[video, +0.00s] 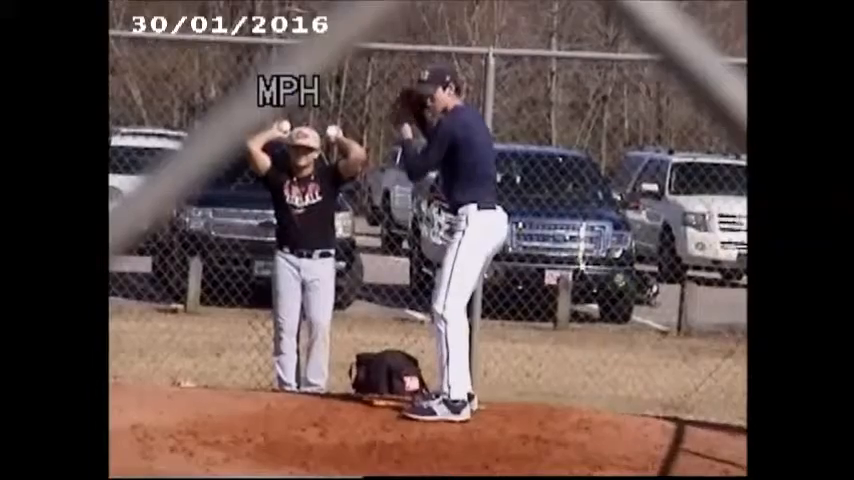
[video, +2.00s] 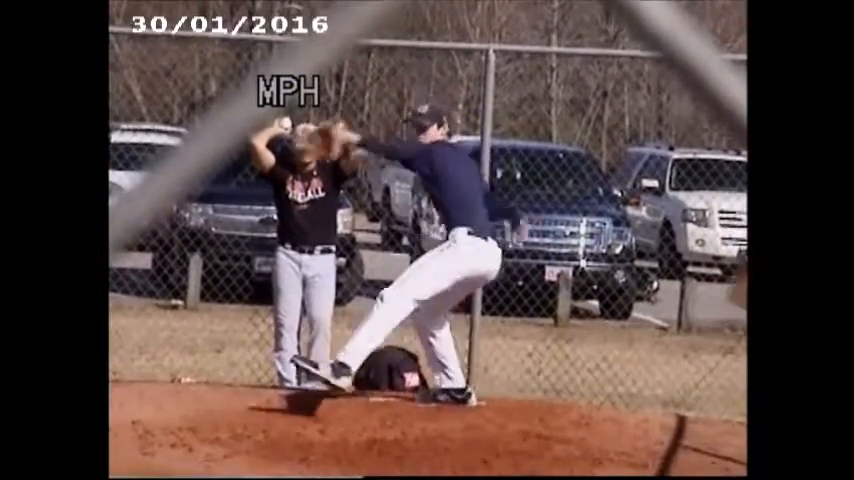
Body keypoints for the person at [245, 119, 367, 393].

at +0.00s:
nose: (303, 157)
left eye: (308, 152)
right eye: (298, 151)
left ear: (318, 153)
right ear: (289, 152)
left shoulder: (330, 175)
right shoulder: (277, 177)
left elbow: (359, 157)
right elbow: (252, 147)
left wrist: (340, 139)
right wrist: (274, 132)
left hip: (321, 260)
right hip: (287, 258)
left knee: (320, 323)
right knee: (285, 325)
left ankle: (315, 384)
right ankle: (285, 384)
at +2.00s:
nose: (305, 168)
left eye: (309, 162)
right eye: (299, 163)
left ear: (318, 155)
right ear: (290, 157)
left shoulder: (331, 172)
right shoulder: (281, 173)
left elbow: (355, 164)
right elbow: (257, 144)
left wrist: (342, 143)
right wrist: (276, 128)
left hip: (323, 256)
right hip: (288, 254)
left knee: (321, 320)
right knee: (286, 320)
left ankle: (318, 379)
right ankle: (287, 379)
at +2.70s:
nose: (307, 158)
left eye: (313, 152)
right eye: (302, 152)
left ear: (321, 154)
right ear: (292, 153)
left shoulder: (330, 180)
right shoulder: (281, 180)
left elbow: (360, 159)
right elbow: (255, 150)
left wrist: (339, 141)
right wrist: (274, 134)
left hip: (318, 261)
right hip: (287, 259)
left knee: (320, 325)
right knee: (285, 325)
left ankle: (314, 386)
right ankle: (286, 386)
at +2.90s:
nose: (307, 155)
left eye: (313, 150)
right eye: (301, 149)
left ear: (321, 153)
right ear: (291, 152)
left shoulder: (332, 176)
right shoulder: (281, 178)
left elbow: (360, 157)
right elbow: (255, 149)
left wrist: (340, 140)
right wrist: (275, 133)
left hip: (322, 262)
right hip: (287, 260)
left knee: (320, 328)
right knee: (285, 328)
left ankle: (315, 387)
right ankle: (286, 386)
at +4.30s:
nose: (308, 157)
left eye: (314, 152)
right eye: (303, 152)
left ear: (322, 156)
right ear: (294, 155)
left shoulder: (333, 178)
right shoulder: (281, 188)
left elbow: (368, 158)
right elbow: (272, 236)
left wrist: (341, 141)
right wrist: (260, 280)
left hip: (323, 263)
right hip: (288, 261)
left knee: (321, 325)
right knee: (286, 327)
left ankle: (315, 387)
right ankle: (287, 387)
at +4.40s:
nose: (308, 156)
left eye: (313, 151)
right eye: (303, 151)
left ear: (322, 155)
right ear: (294, 155)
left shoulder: (333, 177)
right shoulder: (282, 190)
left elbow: (370, 157)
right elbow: (273, 238)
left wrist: (342, 139)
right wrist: (260, 284)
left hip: (324, 262)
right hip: (289, 260)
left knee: (322, 324)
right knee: (287, 325)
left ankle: (316, 386)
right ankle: (288, 385)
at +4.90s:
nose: (308, 156)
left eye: (314, 151)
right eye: (304, 151)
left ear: (323, 155)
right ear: (295, 155)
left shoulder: (333, 176)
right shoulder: (286, 182)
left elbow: (373, 161)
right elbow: (291, 210)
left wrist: (343, 140)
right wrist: (304, 182)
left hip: (323, 260)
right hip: (288, 260)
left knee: (321, 325)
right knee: (286, 325)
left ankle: (316, 387)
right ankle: (287, 385)